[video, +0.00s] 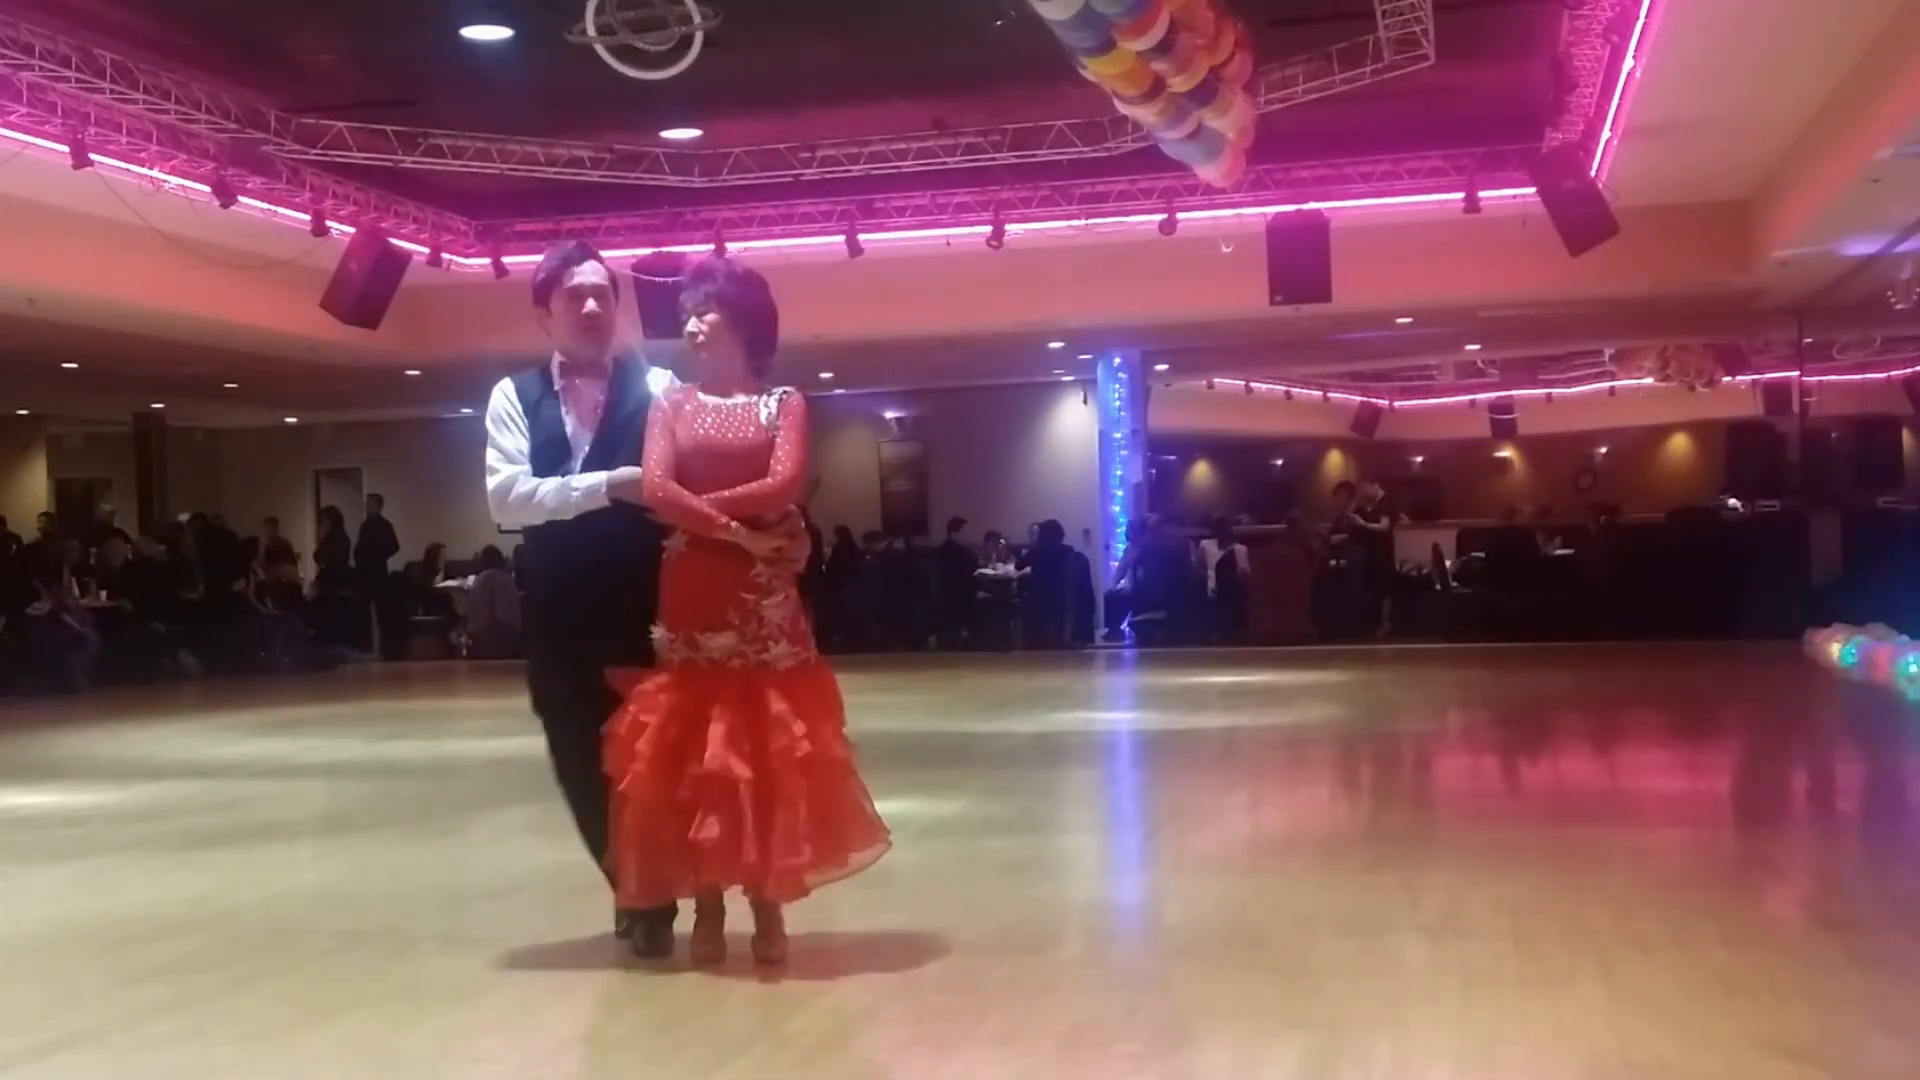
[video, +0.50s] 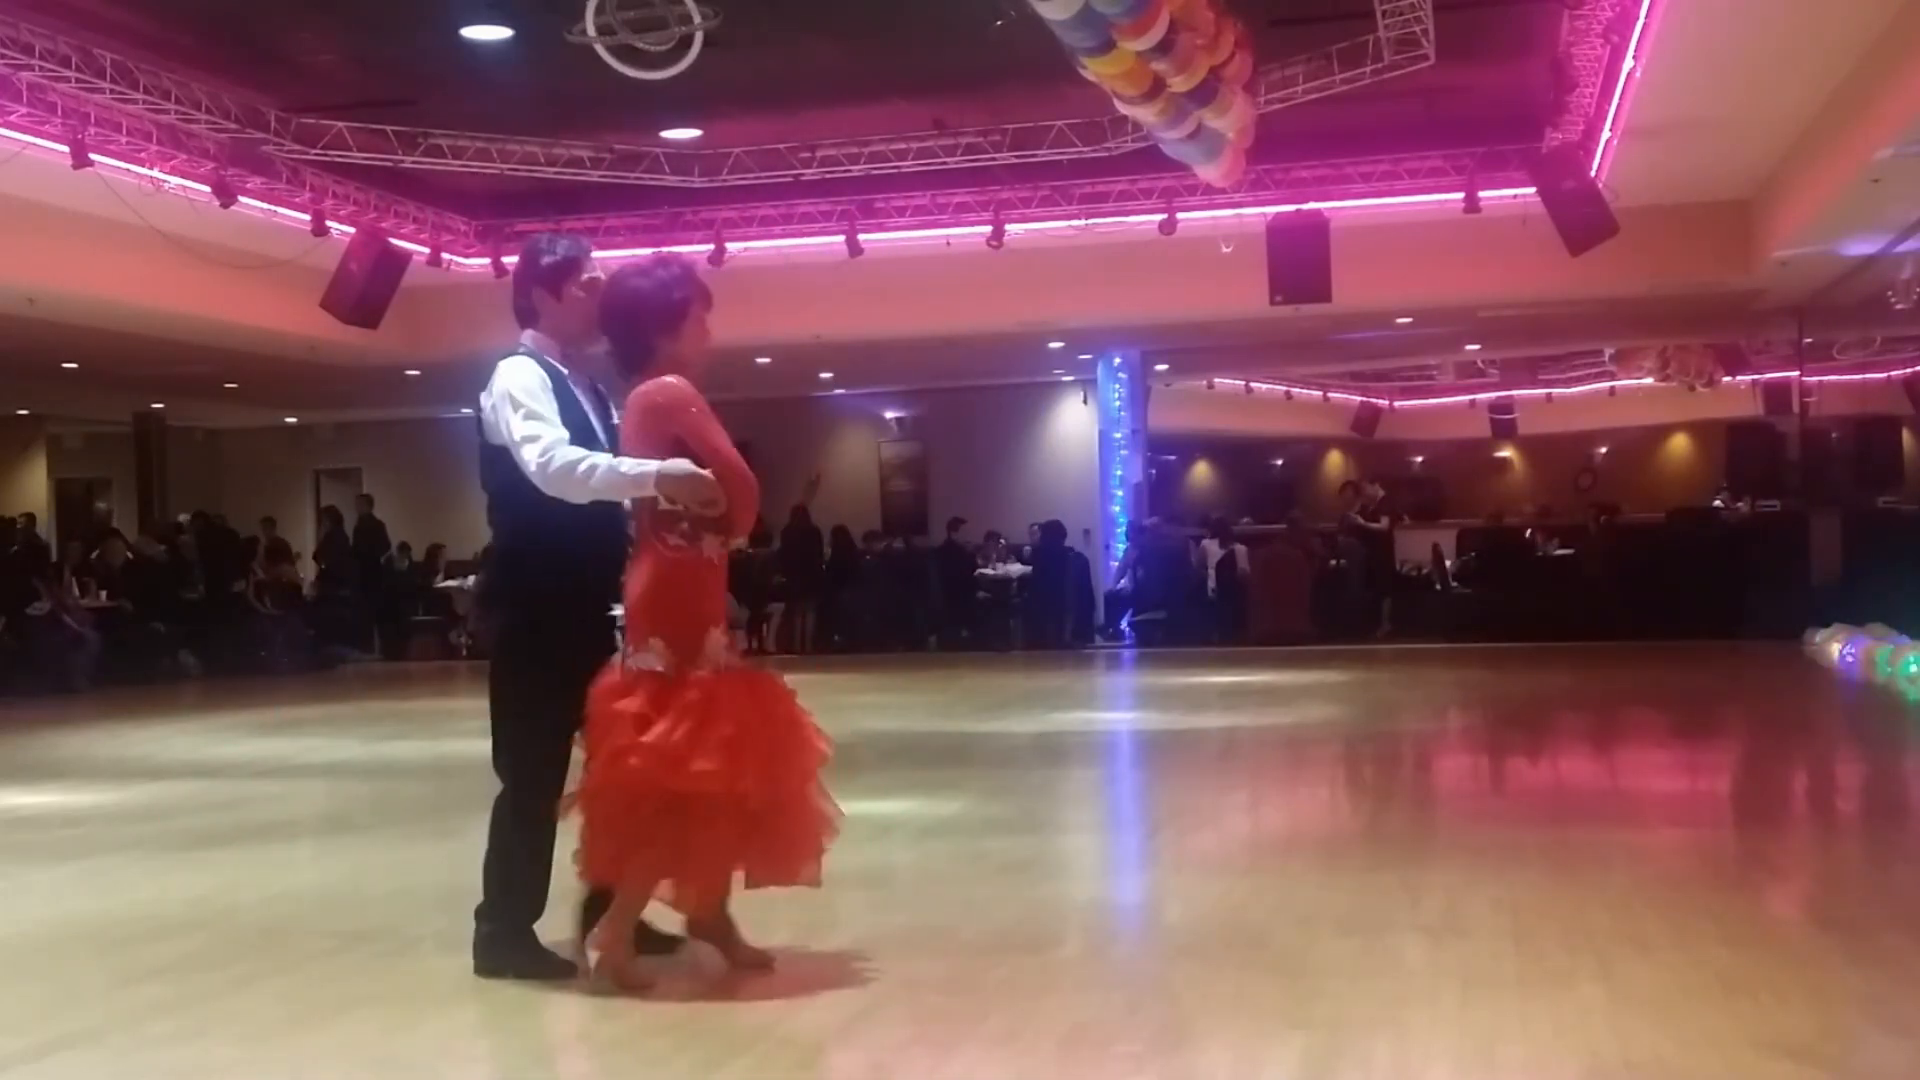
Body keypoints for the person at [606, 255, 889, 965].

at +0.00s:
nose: (696, 325)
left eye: (710, 312)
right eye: (690, 315)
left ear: (749, 322)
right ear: (687, 329)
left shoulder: (783, 403)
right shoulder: (672, 404)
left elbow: (786, 483)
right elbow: (654, 488)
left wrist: (697, 506)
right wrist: (745, 534)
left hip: (764, 590)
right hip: (691, 591)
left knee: (767, 744)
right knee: (697, 748)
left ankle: (766, 901)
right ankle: (706, 900)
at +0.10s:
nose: (695, 327)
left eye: (709, 314)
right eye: (687, 317)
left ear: (745, 327)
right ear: (680, 334)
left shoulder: (781, 406)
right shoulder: (668, 405)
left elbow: (789, 489)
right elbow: (662, 494)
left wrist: (695, 511)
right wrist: (755, 541)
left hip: (763, 591)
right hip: (690, 592)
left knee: (761, 748)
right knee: (698, 750)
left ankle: (746, 911)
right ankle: (704, 906)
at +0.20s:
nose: (697, 335)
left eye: (710, 321)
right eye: (684, 325)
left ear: (742, 331)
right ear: (672, 340)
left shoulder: (776, 410)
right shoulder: (667, 404)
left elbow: (799, 490)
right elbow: (674, 493)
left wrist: (705, 512)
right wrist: (760, 536)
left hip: (754, 592)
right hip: (685, 593)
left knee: (757, 751)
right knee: (692, 752)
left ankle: (740, 913)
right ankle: (692, 909)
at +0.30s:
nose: (709, 337)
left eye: (719, 326)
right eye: (694, 327)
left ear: (736, 339)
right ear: (669, 340)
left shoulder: (754, 420)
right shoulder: (662, 409)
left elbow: (793, 498)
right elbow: (698, 492)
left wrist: (729, 513)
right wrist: (761, 536)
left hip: (744, 586)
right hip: (681, 587)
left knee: (758, 745)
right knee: (689, 746)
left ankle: (738, 909)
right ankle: (649, 888)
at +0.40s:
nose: (717, 332)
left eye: (719, 318)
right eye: (703, 318)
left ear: (715, 323)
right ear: (662, 326)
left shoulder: (707, 405)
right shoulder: (662, 402)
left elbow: (769, 496)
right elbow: (727, 492)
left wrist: (721, 509)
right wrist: (760, 514)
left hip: (720, 593)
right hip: (676, 594)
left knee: (744, 752)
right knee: (680, 758)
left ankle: (735, 910)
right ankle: (622, 903)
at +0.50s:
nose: (710, 331)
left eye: (706, 316)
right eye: (700, 318)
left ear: (638, 329)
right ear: (670, 324)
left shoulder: (646, 396)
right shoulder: (673, 394)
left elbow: (686, 484)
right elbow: (740, 484)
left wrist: (720, 522)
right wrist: (726, 530)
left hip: (666, 580)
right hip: (681, 583)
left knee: (711, 751)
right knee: (673, 761)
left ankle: (709, 909)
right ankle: (616, 929)